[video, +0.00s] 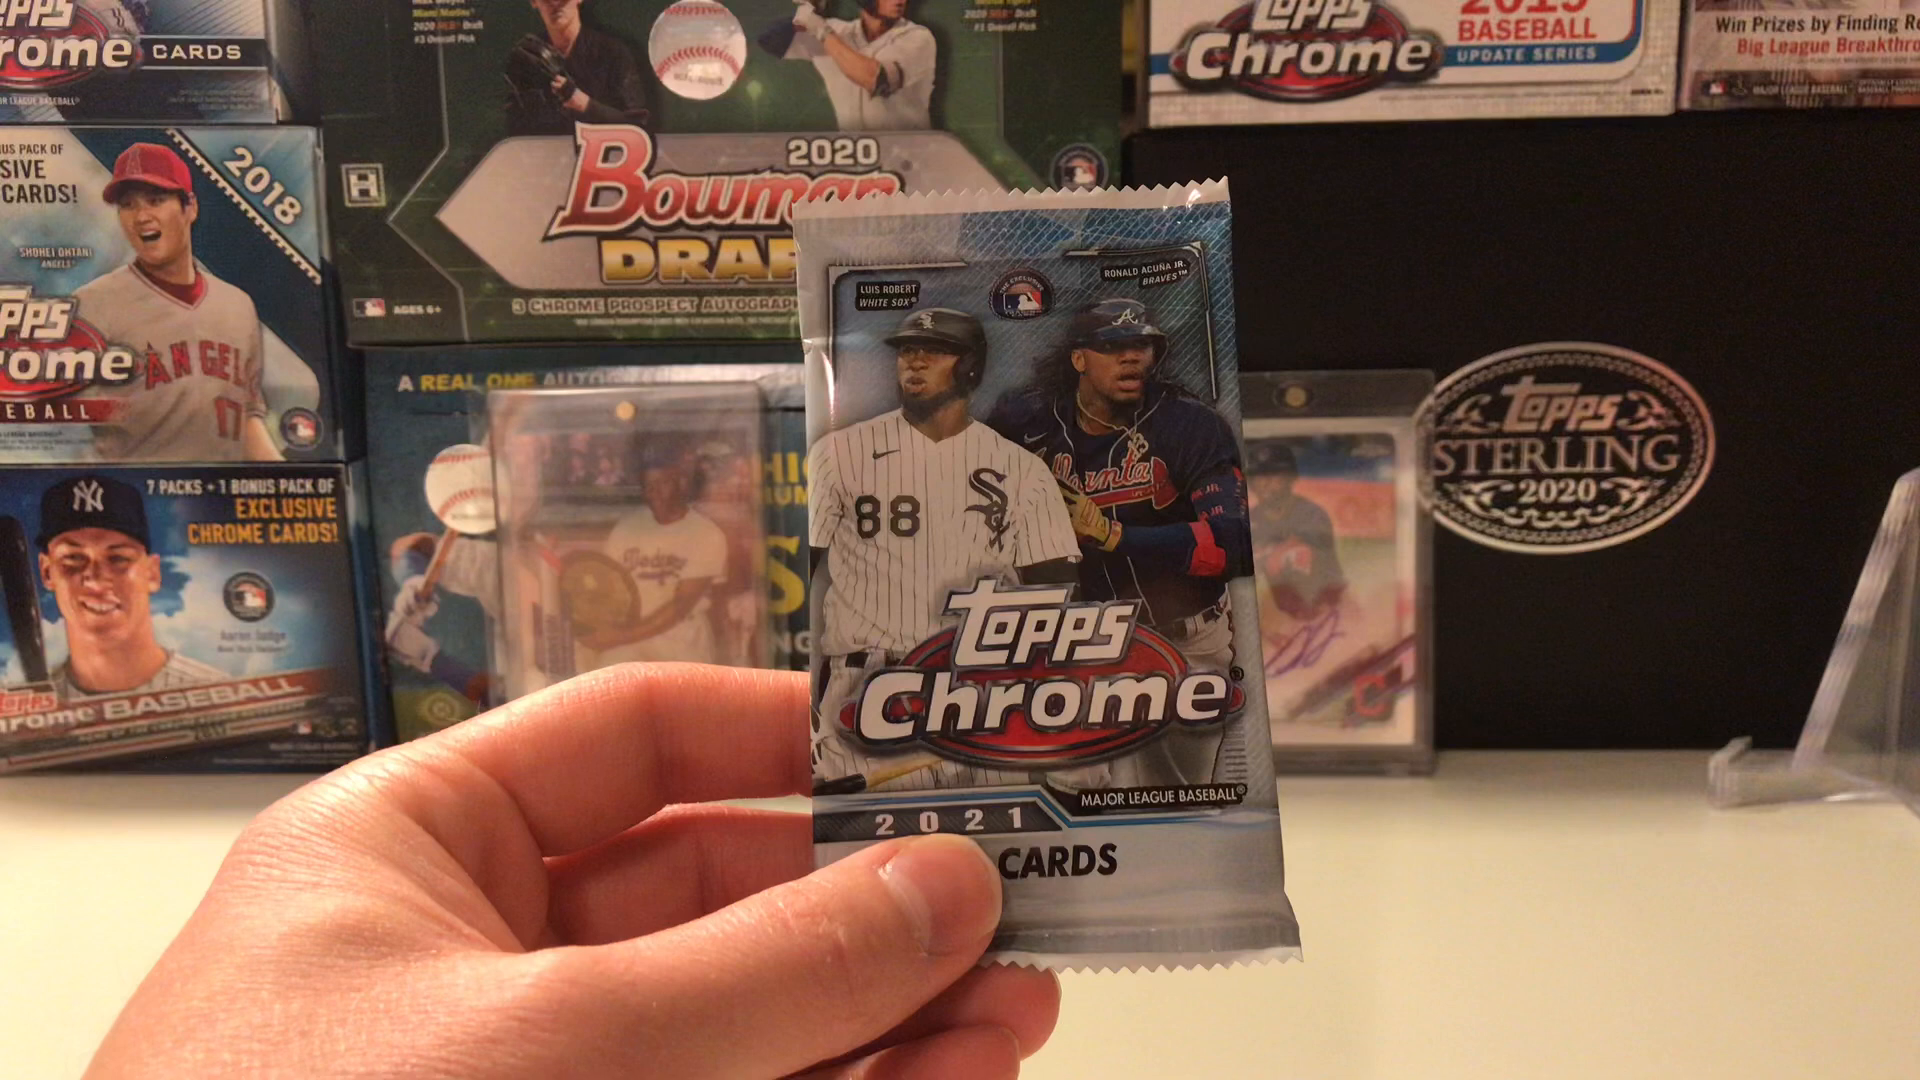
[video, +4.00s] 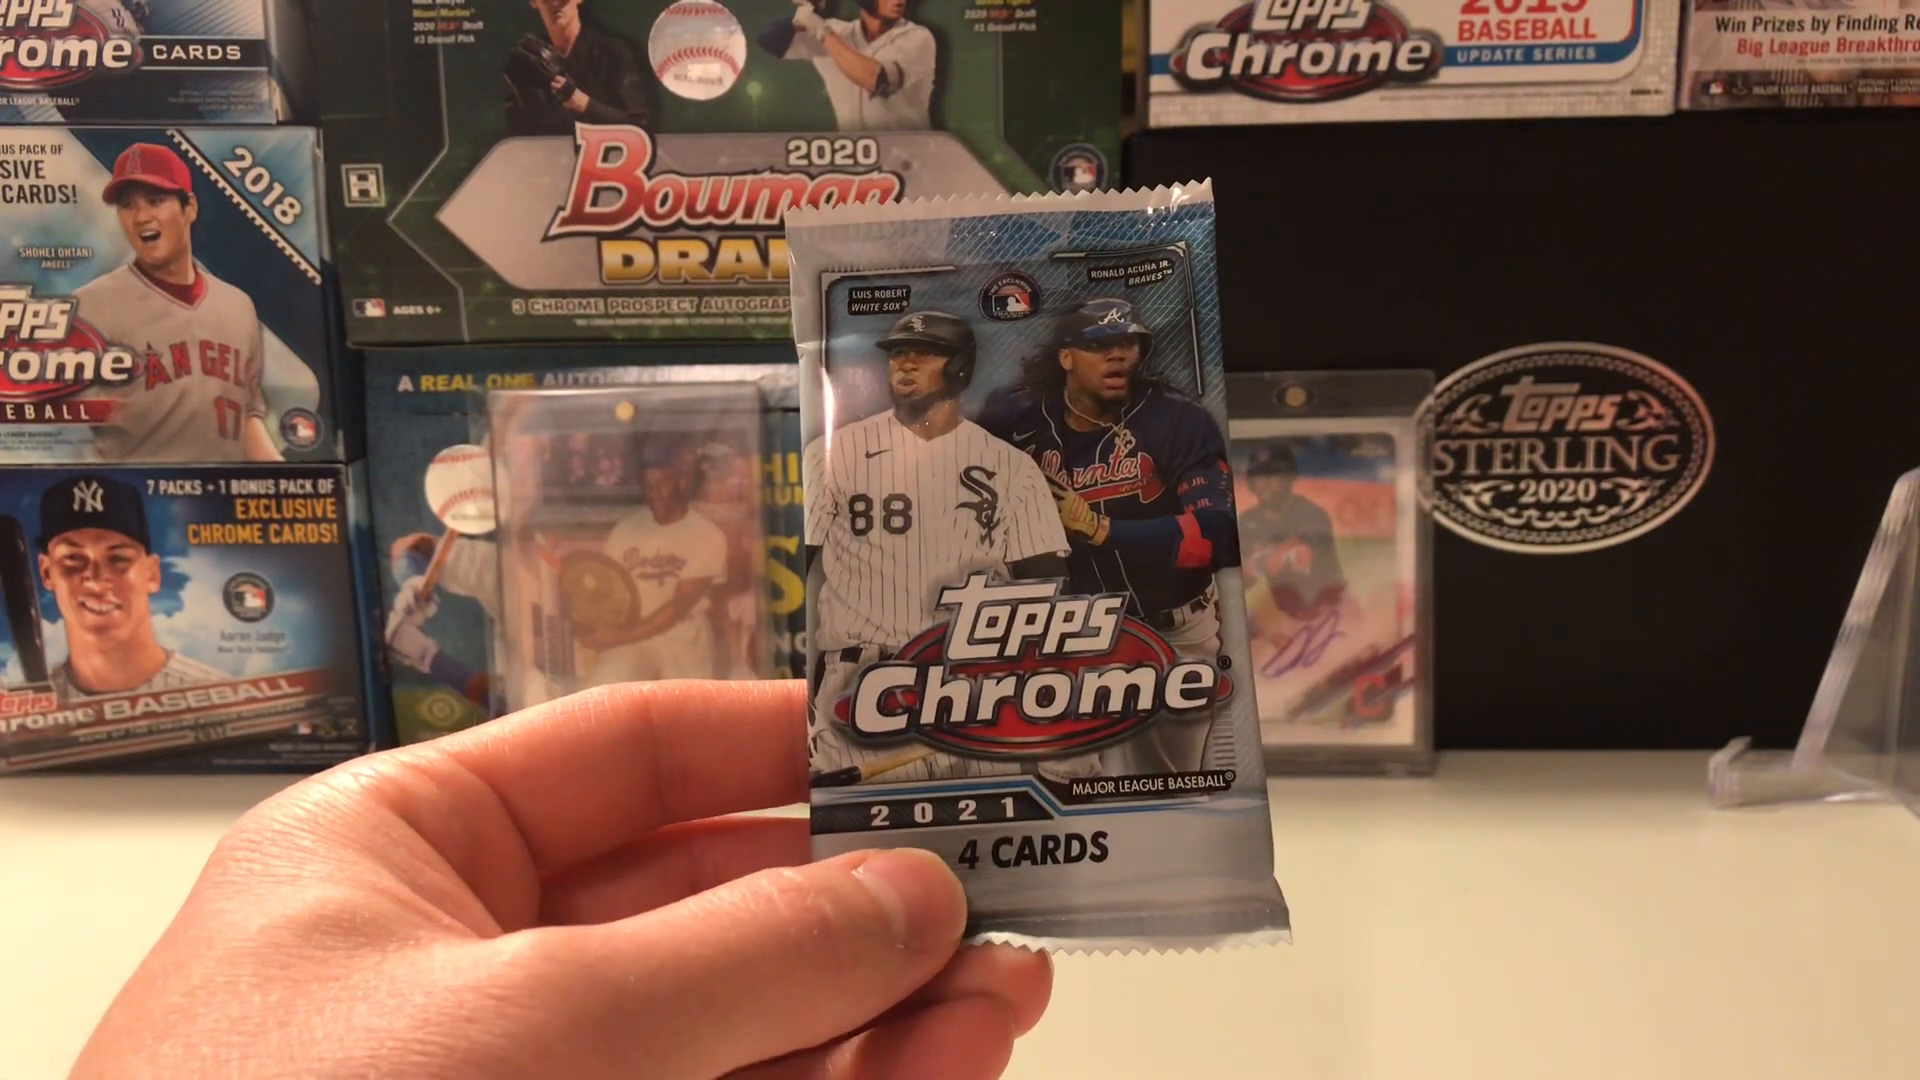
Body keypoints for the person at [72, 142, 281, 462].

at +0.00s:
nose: (143, 216)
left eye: (157, 199)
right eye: (129, 204)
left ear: (190, 209)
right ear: (119, 218)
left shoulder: (239, 306)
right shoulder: (92, 306)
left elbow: (248, 414)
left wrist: (283, 483)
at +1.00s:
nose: (143, 216)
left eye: (157, 200)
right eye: (129, 204)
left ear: (189, 209)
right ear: (119, 217)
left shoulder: (239, 307)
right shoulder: (92, 306)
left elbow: (248, 414)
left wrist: (282, 483)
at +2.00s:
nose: (143, 216)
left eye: (157, 200)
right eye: (129, 204)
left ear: (190, 209)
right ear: (119, 218)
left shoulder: (239, 307)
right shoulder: (92, 306)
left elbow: (247, 414)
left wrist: (283, 482)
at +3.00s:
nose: (142, 215)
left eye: (156, 199)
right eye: (128, 203)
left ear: (189, 208)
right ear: (119, 217)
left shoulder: (239, 306)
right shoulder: (92, 306)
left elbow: (247, 413)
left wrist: (283, 482)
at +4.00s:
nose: (143, 216)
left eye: (157, 200)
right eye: (129, 204)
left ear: (190, 210)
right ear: (119, 218)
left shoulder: (239, 307)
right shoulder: (91, 307)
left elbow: (248, 414)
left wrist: (283, 483)